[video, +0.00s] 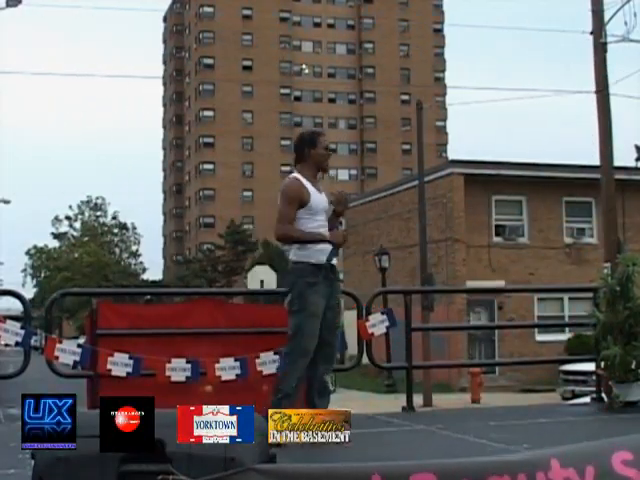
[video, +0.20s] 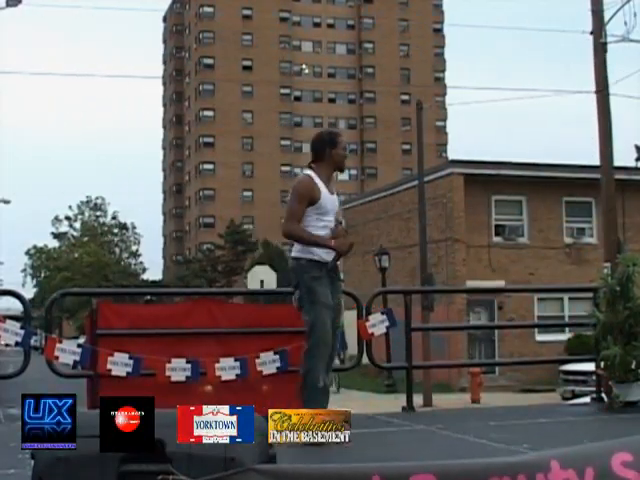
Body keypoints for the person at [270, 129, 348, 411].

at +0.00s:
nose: (330, 154)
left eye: (329, 149)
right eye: (325, 149)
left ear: (311, 154)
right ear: (308, 153)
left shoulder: (317, 188)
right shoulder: (294, 185)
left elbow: (324, 231)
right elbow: (282, 232)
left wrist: (337, 215)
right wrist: (326, 237)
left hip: (328, 271)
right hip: (306, 270)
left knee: (326, 346)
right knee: (303, 344)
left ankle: (318, 409)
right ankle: (281, 408)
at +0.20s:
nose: (346, 155)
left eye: (345, 150)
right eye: (342, 150)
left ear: (329, 153)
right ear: (327, 153)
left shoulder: (327, 185)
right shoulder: (306, 183)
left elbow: (324, 225)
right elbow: (289, 228)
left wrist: (339, 231)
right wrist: (330, 243)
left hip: (327, 264)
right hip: (309, 264)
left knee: (330, 334)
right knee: (321, 334)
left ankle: (318, 403)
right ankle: (314, 405)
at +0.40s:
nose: (359, 158)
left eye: (358, 153)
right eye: (356, 152)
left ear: (340, 154)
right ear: (343, 154)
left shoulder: (340, 186)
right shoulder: (317, 184)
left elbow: (338, 231)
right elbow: (299, 230)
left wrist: (349, 259)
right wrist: (310, 273)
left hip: (335, 268)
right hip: (319, 268)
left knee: (324, 346)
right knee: (331, 346)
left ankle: (314, 414)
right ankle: (357, 419)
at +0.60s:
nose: (372, 154)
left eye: (371, 149)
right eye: (369, 149)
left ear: (355, 152)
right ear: (356, 151)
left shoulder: (356, 184)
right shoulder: (332, 181)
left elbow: (349, 235)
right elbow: (304, 228)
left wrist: (359, 273)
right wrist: (298, 276)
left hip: (347, 267)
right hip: (330, 266)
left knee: (334, 347)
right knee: (348, 345)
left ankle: (314, 416)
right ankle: (360, 423)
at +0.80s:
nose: (381, 148)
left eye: (380, 143)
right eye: (376, 143)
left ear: (365, 148)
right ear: (360, 147)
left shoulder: (367, 182)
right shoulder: (338, 180)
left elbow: (360, 230)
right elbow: (315, 227)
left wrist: (369, 263)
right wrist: (317, 278)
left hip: (365, 266)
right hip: (343, 264)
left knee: (381, 335)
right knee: (355, 343)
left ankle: (333, 398)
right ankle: (362, 425)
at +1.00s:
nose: (390, 143)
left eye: (390, 138)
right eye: (384, 138)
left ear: (376, 144)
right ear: (366, 142)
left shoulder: (379, 178)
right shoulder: (347, 177)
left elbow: (372, 228)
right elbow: (328, 226)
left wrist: (383, 267)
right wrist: (341, 272)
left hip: (380, 266)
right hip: (356, 266)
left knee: (398, 338)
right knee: (359, 346)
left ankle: (389, 417)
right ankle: (361, 424)